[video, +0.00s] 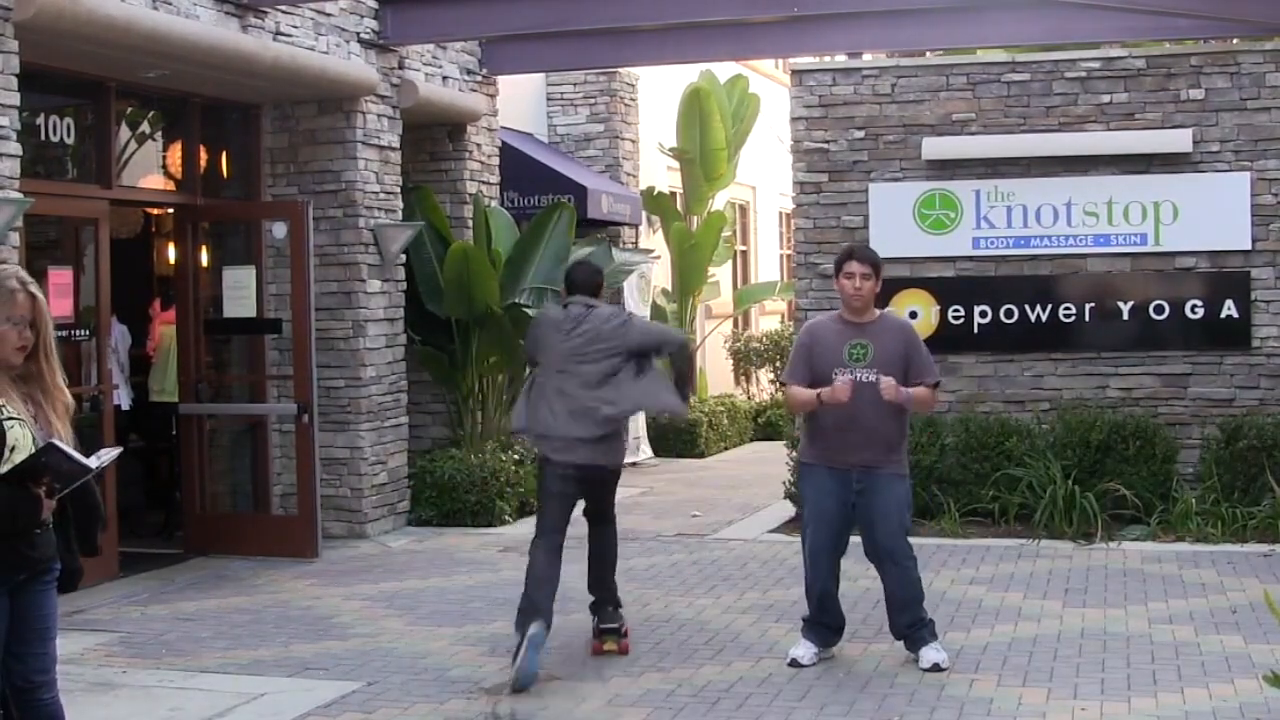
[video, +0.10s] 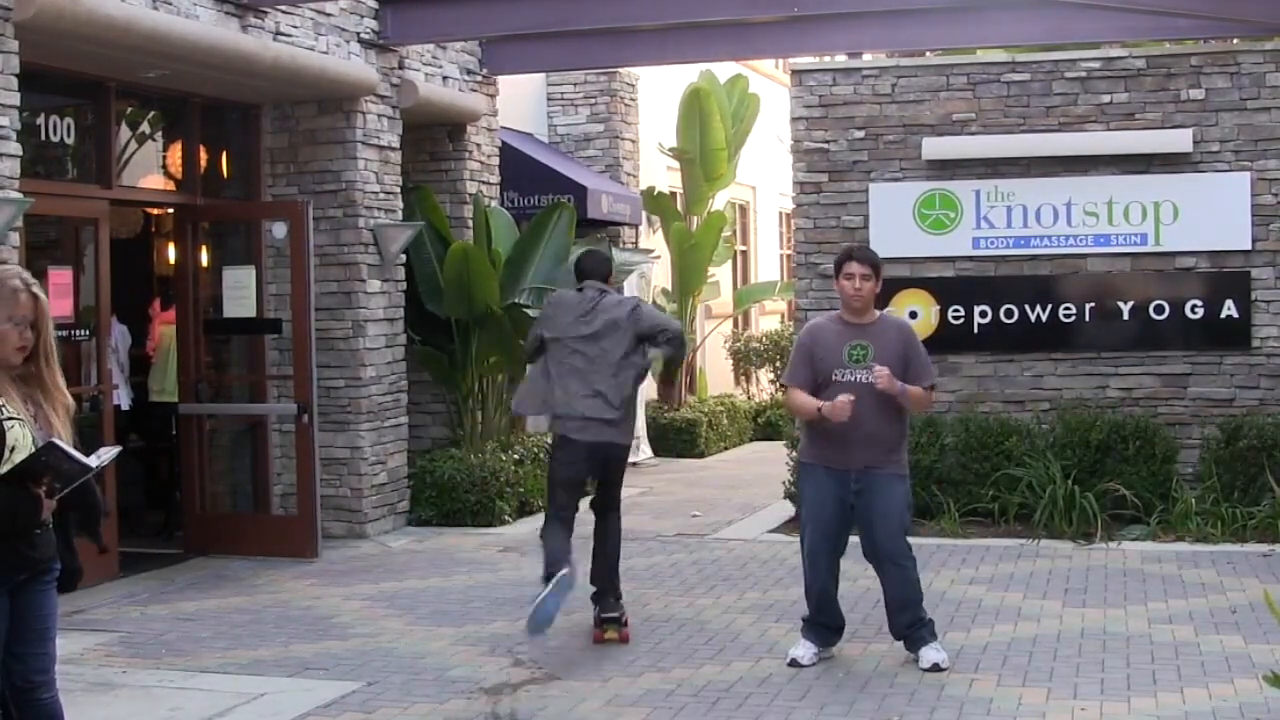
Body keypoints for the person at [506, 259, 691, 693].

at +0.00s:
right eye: (601, 286)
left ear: (565, 290)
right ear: (601, 290)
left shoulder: (546, 321)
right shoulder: (618, 323)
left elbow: (532, 356)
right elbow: (679, 340)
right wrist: (683, 389)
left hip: (556, 454)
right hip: (604, 455)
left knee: (548, 536)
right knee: (602, 524)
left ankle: (534, 625)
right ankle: (607, 616)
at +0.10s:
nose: (615, 279)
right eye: (613, 274)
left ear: (577, 277)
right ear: (611, 278)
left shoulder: (557, 305)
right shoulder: (629, 309)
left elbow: (530, 350)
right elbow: (674, 332)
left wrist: (560, 338)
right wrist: (666, 371)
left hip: (570, 433)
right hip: (616, 438)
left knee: (559, 514)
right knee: (607, 513)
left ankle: (558, 572)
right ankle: (608, 605)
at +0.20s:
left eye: (584, 265)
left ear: (584, 269)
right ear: (617, 270)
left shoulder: (560, 298)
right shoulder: (637, 301)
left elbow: (541, 351)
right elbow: (663, 343)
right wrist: (637, 377)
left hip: (579, 421)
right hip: (623, 423)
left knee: (572, 499)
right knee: (613, 504)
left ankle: (592, 547)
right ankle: (611, 598)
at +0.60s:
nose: (596, 267)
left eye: (596, 262)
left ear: (599, 263)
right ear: (627, 263)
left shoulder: (592, 284)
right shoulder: (652, 293)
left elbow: (566, 318)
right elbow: (689, 327)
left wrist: (528, 349)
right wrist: (662, 342)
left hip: (606, 399)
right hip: (639, 401)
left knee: (615, 475)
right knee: (627, 474)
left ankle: (639, 549)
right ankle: (626, 547)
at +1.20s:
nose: (622, 270)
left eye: (621, 265)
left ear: (623, 265)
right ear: (645, 265)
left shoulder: (621, 284)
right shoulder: (660, 291)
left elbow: (607, 315)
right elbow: (684, 327)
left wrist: (574, 343)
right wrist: (667, 348)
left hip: (621, 380)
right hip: (646, 383)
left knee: (619, 440)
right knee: (632, 443)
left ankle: (631, 504)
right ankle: (626, 501)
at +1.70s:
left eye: (669, 264)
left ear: (666, 267)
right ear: (685, 272)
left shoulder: (654, 290)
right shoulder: (693, 297)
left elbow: (643, 325)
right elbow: (699, 333)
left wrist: (633, 351)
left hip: (653, 369)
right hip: (677, 372)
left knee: (650, 424)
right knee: (664, 425)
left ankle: (656, 479)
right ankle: (657, 476)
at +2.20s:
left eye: (719, 267)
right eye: (729, 268)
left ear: (716, 270)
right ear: (733, 271)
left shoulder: (707, 293)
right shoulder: (743, 296)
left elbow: (696, 325)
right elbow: (751, 330)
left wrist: (686, 350)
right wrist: (740, 347)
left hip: (710, 360)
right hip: (731, 362)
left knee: (707, 409)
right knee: (719, 412)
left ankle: (710, 461)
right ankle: (710, 458)